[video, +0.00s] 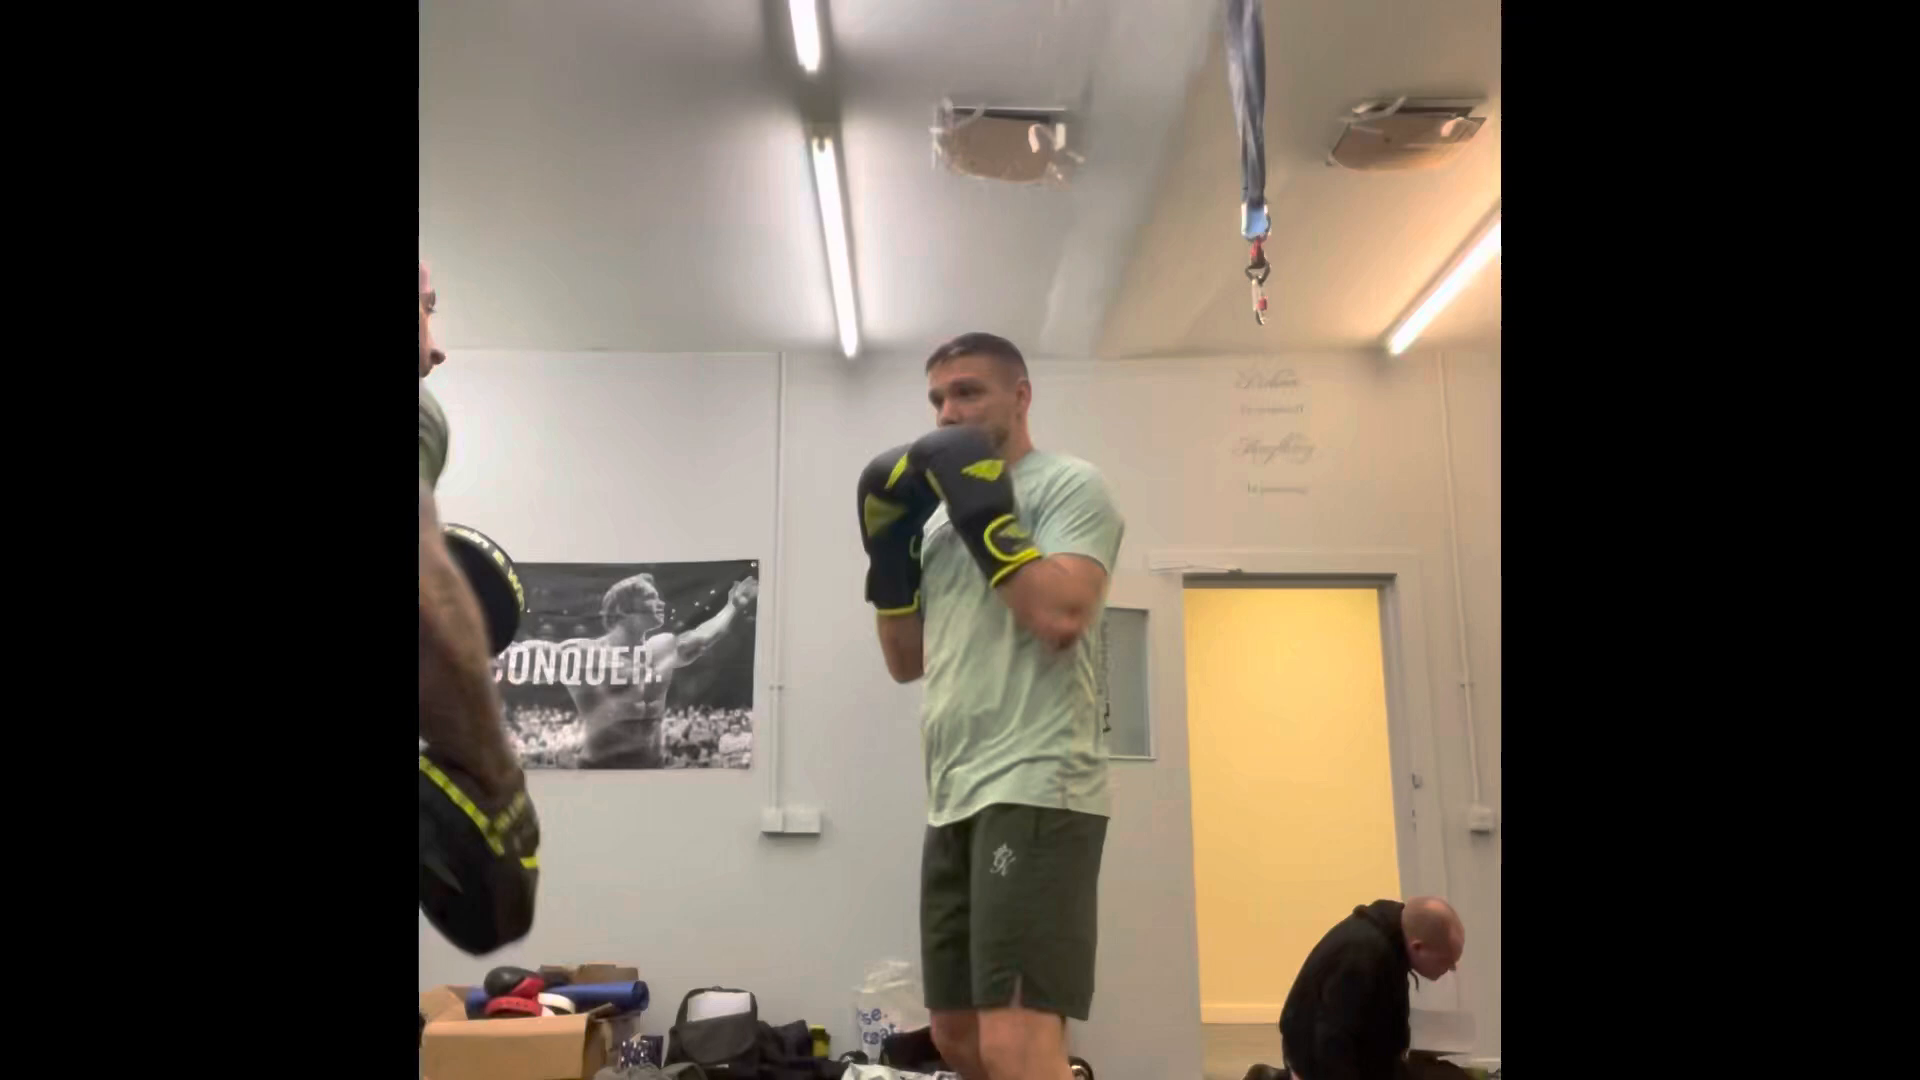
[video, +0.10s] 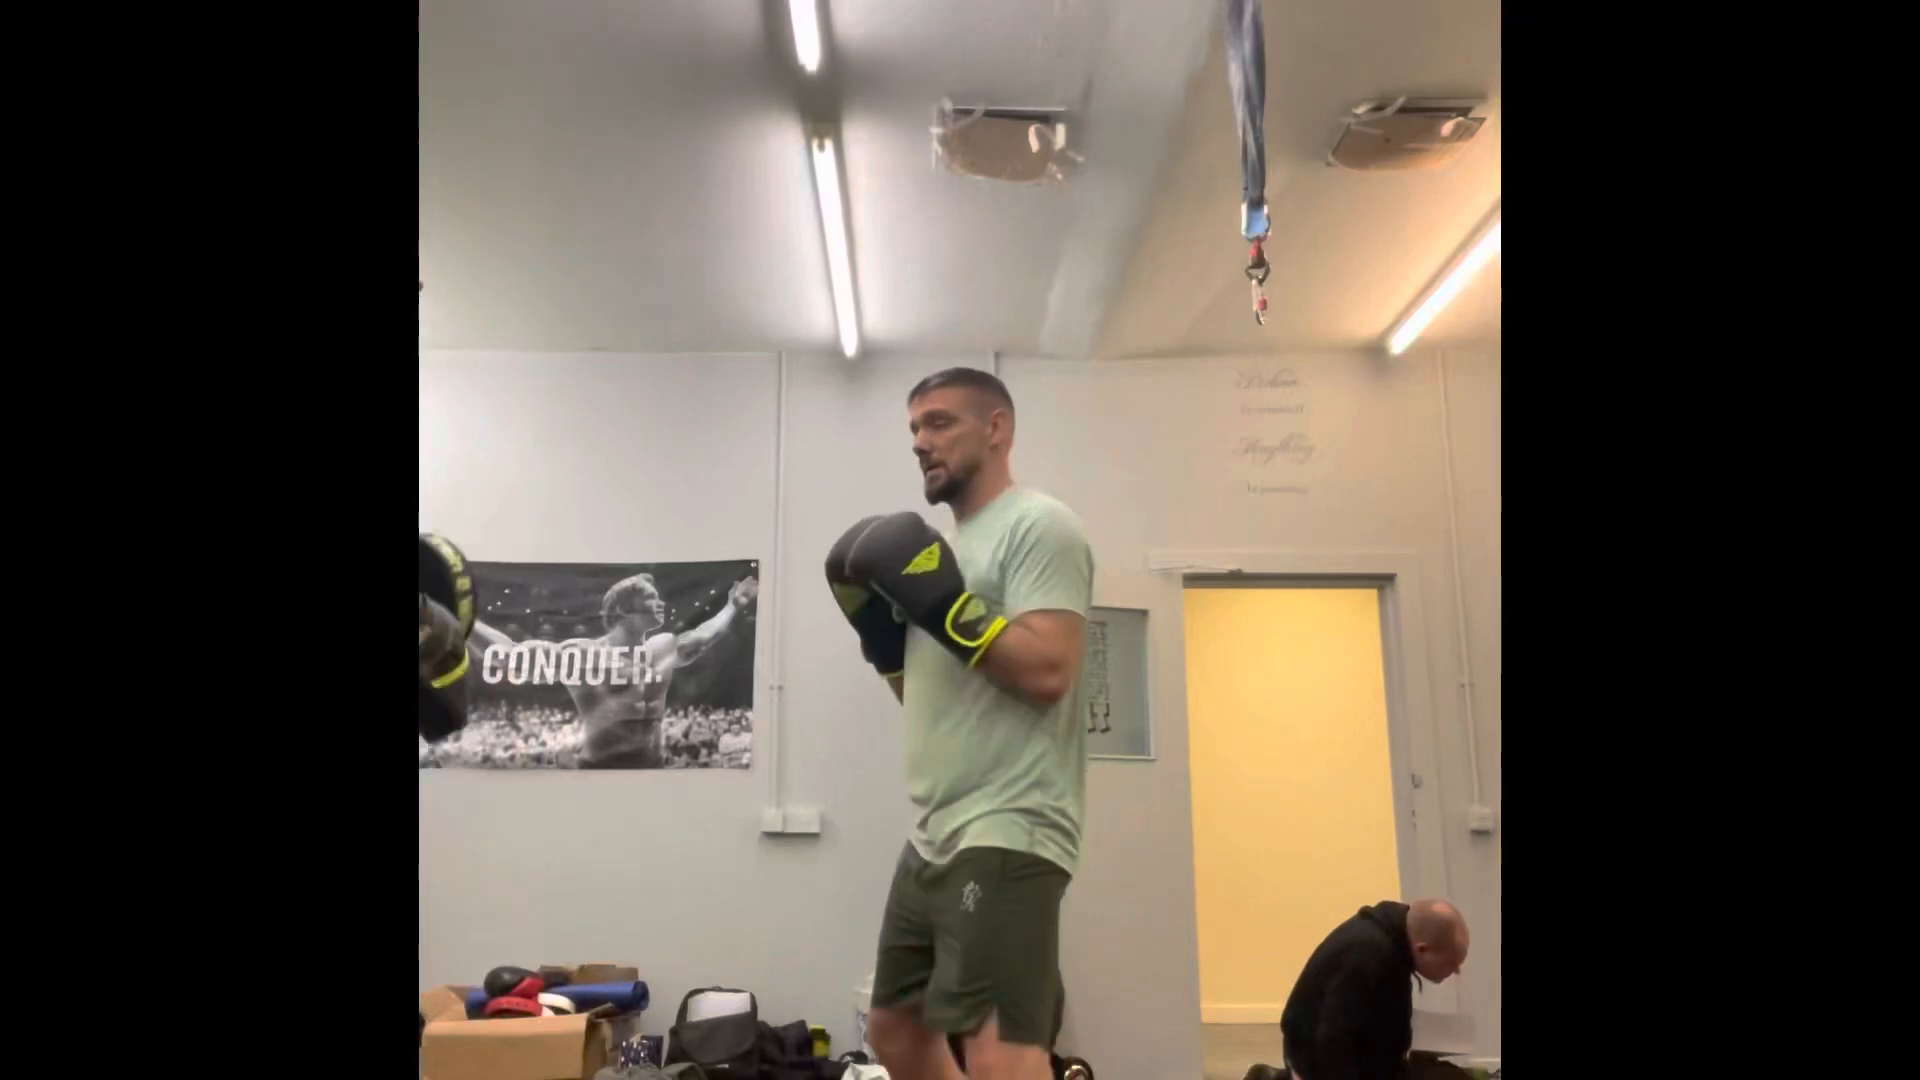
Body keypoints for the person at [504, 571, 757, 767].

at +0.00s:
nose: (662, 606)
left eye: (660, 599)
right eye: (653, 599)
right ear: (625, 610)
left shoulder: (666, 647)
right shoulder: (580, 654)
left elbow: (706, 633)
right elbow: (527, 654)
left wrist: (734, 605)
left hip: (649, 767)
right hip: (599, 769)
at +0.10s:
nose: (660, 604)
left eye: (658, 598)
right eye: (649, 600)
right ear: (622, 613)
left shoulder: (665, 649)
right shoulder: (582, 657)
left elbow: (707, 633)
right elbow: (515, 651)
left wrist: (735, 604)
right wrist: (460, 619)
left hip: (650, 771)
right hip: (598, 772)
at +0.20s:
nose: (662, 610)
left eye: (660, 603)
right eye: (652, 604)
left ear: (644, 613)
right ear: (624, 613)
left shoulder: (666, 649)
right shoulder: (579, 655)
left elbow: (707, 634)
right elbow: (505, 652)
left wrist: (735, 605)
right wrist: (449, 607)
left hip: (650, 770)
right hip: (599, 772)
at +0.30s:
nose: (662, 608)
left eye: (659, 602)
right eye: (652, 603)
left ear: (650, 611)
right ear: (624, 613)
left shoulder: (666, 649)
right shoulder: (582, 656)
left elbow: (706, 635)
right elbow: (510, 650)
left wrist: (735, 604)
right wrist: (452, 608)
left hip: (650, 771)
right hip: (595, 771)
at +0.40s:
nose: (661, 604)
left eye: (658, 598)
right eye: (650, 598)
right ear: (623, 611)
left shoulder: (666, 648)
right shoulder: (579, 652)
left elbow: (707, 634)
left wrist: (734, 606)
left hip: (649, 767)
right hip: (598, 768)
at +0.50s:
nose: (660, 604)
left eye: (659, 598)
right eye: (649, 599)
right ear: (621, 612)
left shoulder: (666, 648)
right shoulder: (584, 653)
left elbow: (706, 635)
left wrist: (733, 606)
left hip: (647, 765)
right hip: (597, 766)